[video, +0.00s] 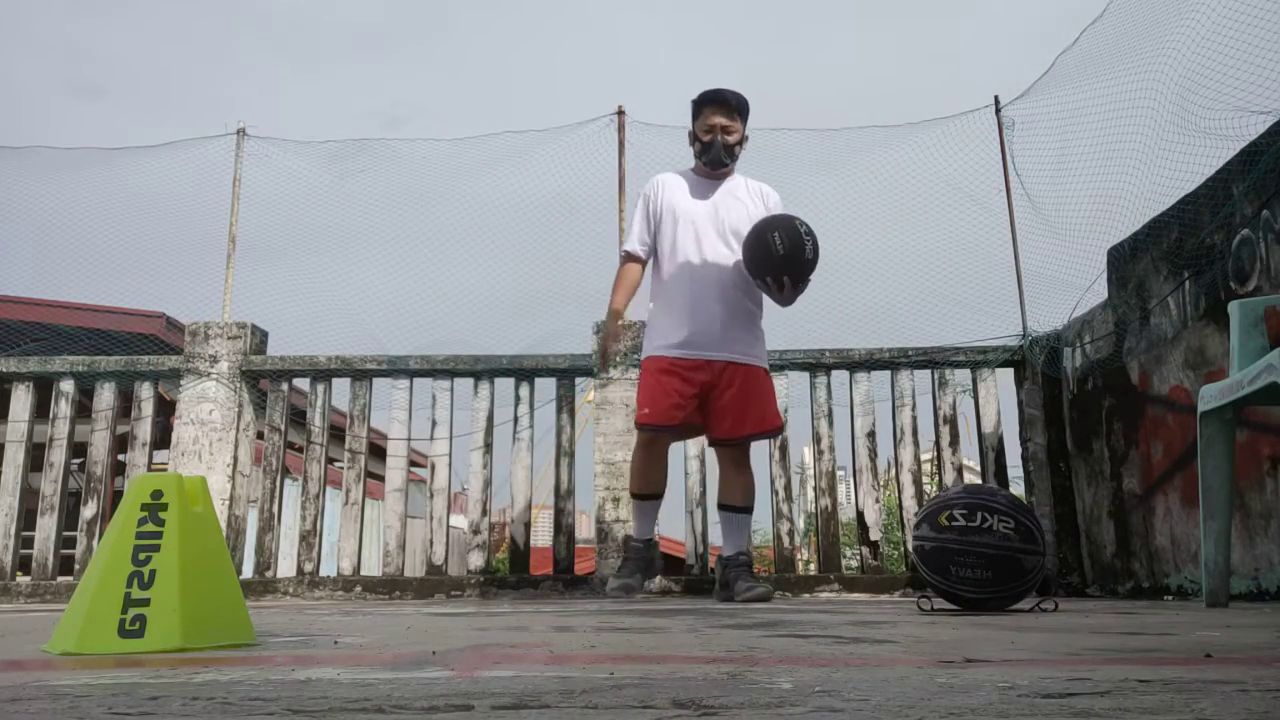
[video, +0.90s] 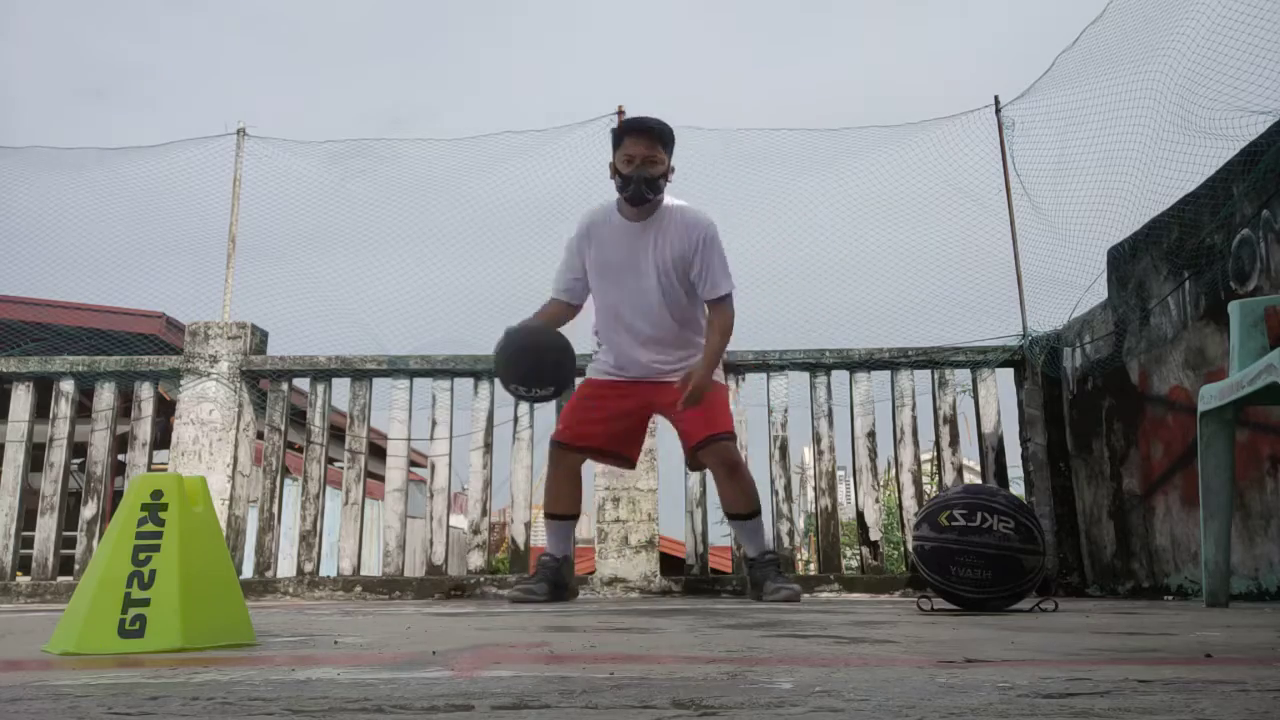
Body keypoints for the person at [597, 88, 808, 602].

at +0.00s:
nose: (719, 139)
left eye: (729, 132)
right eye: (710, 131)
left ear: (743, 138)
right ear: (692, 134)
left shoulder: (762, 197)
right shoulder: (662, 189)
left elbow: (781, 279)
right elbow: (634, 257)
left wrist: (787, 291)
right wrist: (613, 316)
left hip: (738, 351)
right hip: (669, 348)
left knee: (734, 451)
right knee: (651, 436)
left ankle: (736, 567)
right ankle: (640, 556)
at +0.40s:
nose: (700, 146)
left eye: (710, 138)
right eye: (690, 138)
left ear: (725, 143)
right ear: (674, 141)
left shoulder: (746, 202)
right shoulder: (643, 196)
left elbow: (781, 256)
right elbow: (623, 270)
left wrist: (814, 264)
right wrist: (674, 275)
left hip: (723, 353)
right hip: (651, 357)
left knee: (750, 437)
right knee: (633, 451)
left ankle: (769, 564)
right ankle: (634, 566)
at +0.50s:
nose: (705, 154)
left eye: (715, 146)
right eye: (695, 145)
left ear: (731, 152)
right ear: (678, 149)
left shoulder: (751, 213)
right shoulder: (649, 204)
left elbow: (775, 287)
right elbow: (641, 284)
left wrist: (797, 308)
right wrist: (697, 309)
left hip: (725, 358)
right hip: (651, 356)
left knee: (750, 442)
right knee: (612, 431)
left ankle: (766, 566)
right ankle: (619, 557)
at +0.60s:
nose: (702, 162)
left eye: (712, 154)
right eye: (692, 153)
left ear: (728, 161)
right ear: (675, 157)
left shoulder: (747, 221)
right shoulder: (647, 212)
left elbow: (751, 300)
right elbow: (651, 293)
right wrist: (686, 352)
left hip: (722, 358)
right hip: (651, 353)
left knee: (749, 450)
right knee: (597, 432)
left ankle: (766, 566)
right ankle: (585, 555)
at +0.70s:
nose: (688, 166)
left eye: (699, 158)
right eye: (678, 157)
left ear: (715, 166)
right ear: (661, 162)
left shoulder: (732, 226)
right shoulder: (632, 220)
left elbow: (729, 311)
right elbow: (630, 305)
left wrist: (708, 376)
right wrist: (639, 378)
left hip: (711, 369)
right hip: (641, 371)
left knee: (747, 451)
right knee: (586, 454)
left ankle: (766, 567)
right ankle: (556, 567)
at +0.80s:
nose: (661, 174)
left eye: (673, 164)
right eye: (651, 164)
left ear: (691, 171)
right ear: (637, 169)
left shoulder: (712, 230)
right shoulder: (608, 232)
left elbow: (719, 315)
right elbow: (590, 310)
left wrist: (695, 376)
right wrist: (569, 379)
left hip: (700, 371)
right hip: (625, 372)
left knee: (735, 452)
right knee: (574, 443)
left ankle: (765, 568)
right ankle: (557, 568)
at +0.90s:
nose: (639, 173)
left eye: (651, 164)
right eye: (629, 162)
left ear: (668, 170)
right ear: (613, 167)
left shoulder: (695, 228)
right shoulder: (592, 228)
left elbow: (722, 308)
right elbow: (566, 300)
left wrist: (705, 368)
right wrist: (524, 336)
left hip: (687, 372)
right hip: (613, 373)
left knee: (724, 455)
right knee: (564, 446)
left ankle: (763, 568)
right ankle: (556, 569)